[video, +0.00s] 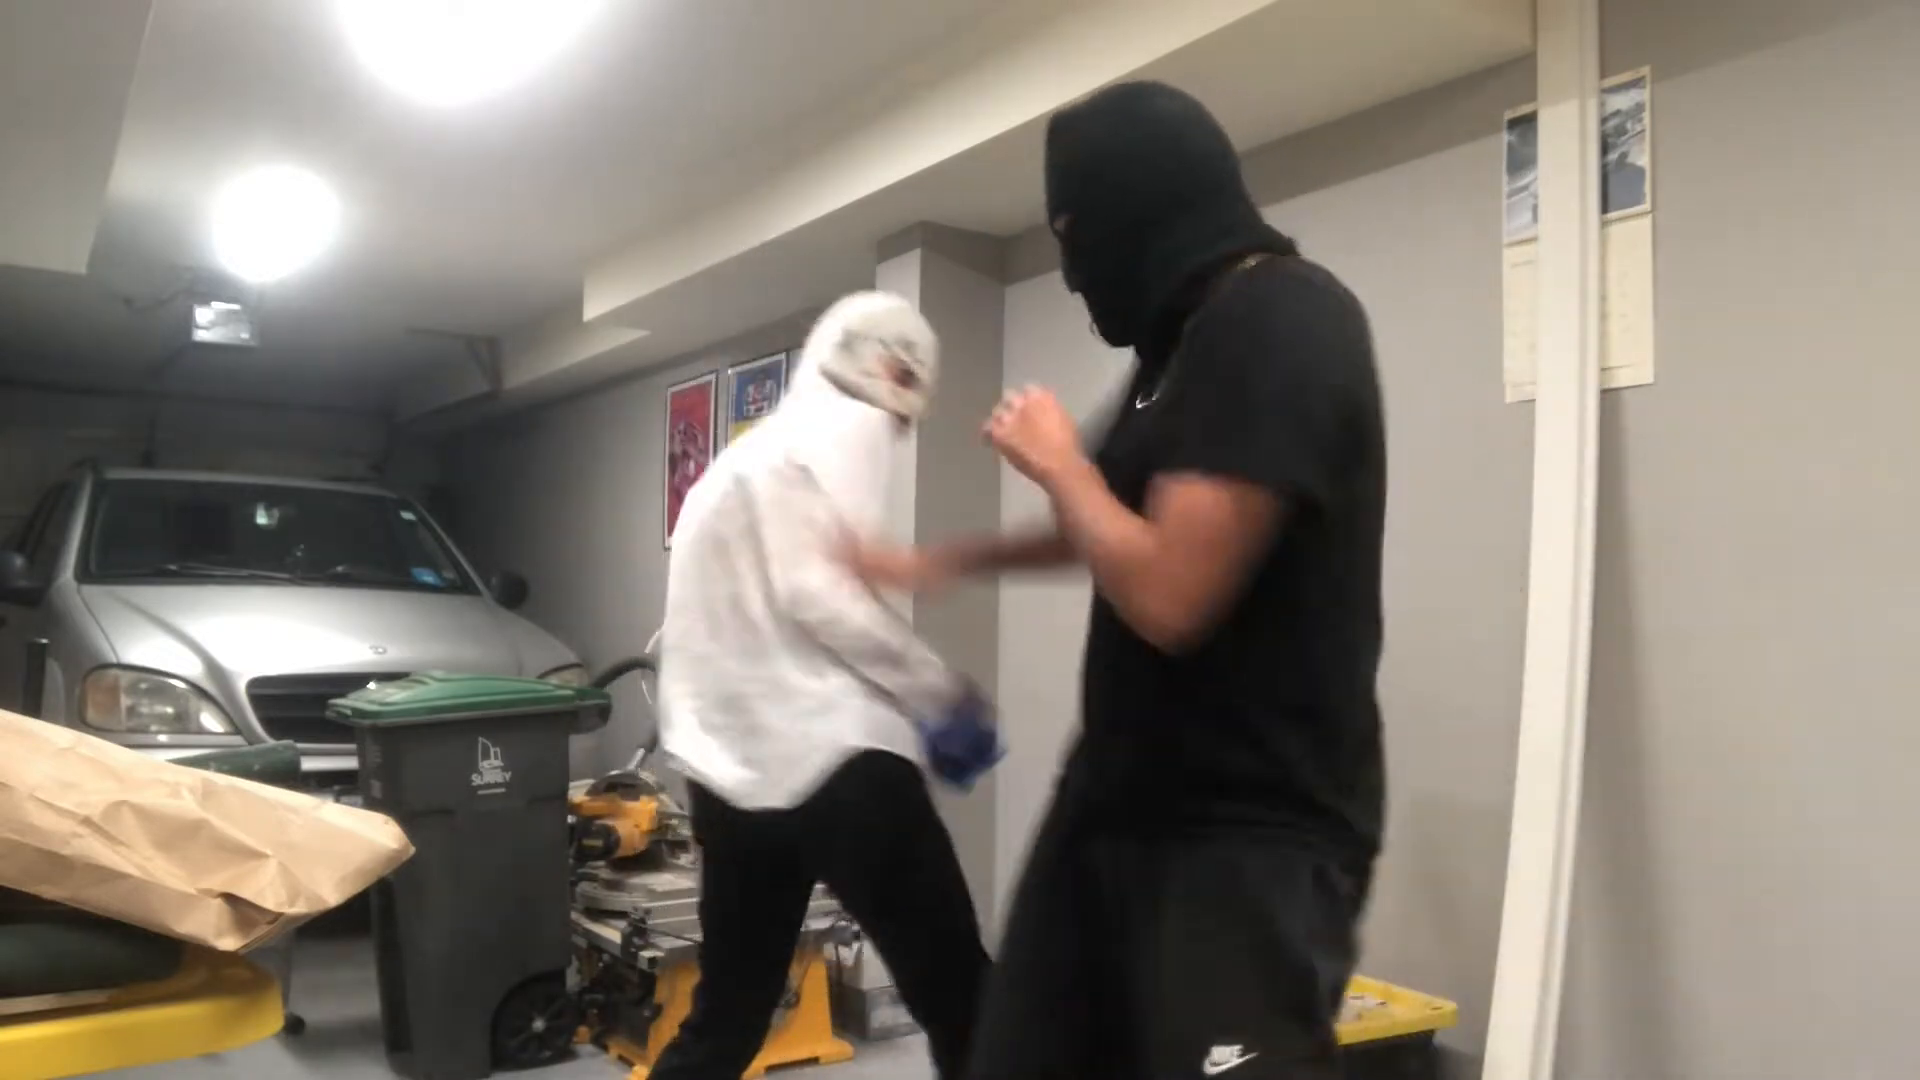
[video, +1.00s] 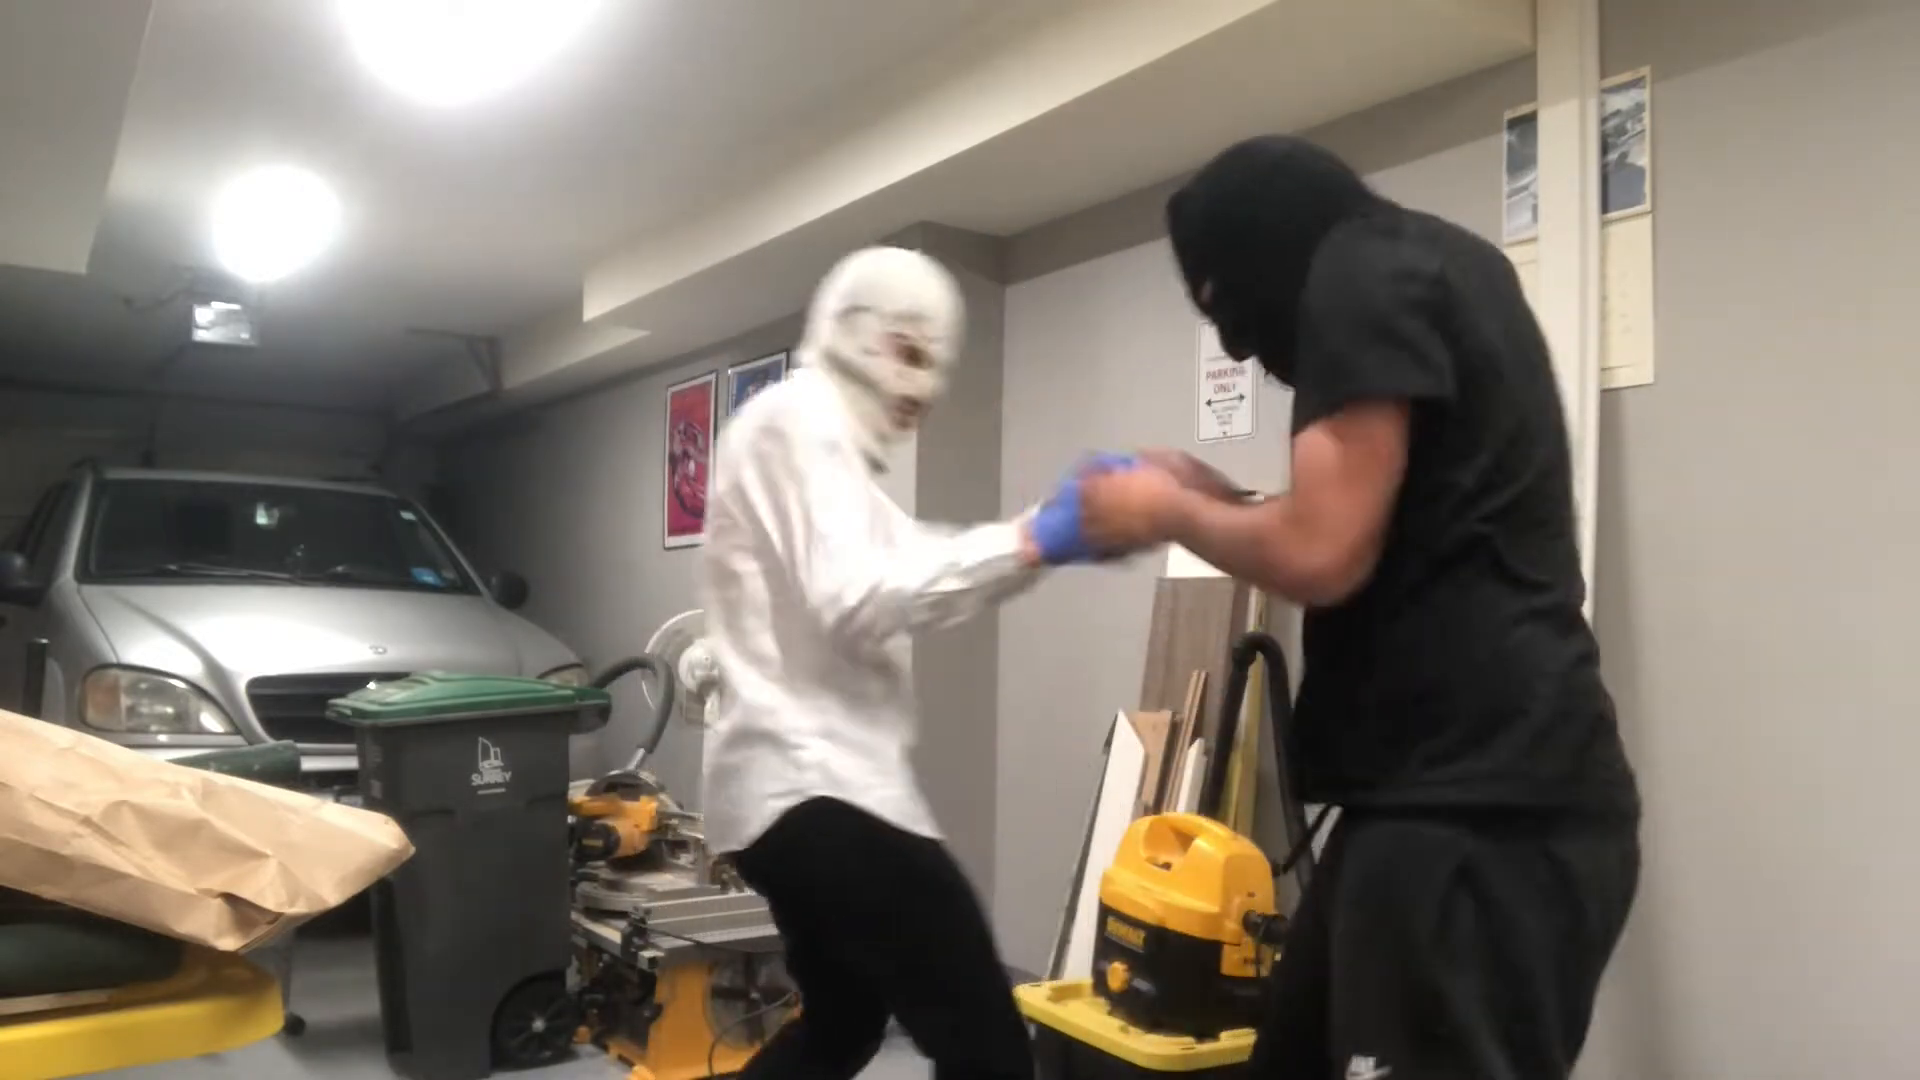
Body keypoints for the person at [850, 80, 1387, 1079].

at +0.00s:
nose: (1062, 261)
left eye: (1071, 226)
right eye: (1058, 232)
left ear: (1142, 206)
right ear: (1152, 208)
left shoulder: (1277, 316)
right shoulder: (1194, 338)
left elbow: (1173, 595)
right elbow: (1109, 532)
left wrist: (1065, 467)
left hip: (1243, 834)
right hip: (1127, 809)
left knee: (1222, 1063)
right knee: (1024, 1052)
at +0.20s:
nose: (1106, 290)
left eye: (1108, 264)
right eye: (1103, 267)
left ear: (1136, 249)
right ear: (1245, 223)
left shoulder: (1167, 330)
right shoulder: (1398, 360)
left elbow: (1024, 528)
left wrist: (952, 559)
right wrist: (1378, 632)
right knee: (1125, 1064)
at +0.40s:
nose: (1159, 331)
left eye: (1156, 296)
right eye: (1149, 302)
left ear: (1190, 261)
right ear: (1261, 221)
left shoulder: (1301, 282)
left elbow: (1150, 556)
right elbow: (1329, 627)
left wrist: (1083, 593)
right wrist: (1171, 578)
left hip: (1414, 867)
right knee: (1186, 1064)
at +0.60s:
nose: (1162, 359)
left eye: (1149, 322)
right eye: (1141, 331)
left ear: (1186, 270)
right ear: (1223, 234)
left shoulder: (1307, 281)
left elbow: (1268, 560)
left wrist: (1146, 538)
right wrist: (1176, 581)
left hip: (1468, 817)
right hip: (1367, 808)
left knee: (1393, 1061)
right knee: (1260, 1060)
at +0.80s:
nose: (1176, 372)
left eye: (1165, 344)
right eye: (1159, 355)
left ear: (1196, 290)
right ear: (1256, 240)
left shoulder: (1292, 298)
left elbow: (1124, 542)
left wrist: (1056, 558)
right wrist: (1254, 570)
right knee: (1277, 1069)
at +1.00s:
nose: (1221, 326)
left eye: (1217, 293)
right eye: (1207, 301)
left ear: (1267, 243)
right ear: (1314, 213)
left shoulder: (1370, 270)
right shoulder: (1431, 268)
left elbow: (1318, 554)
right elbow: (1363, 536)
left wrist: (1169, 513)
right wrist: (1222, 504)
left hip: (1469, 824)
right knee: (1298, 1061)